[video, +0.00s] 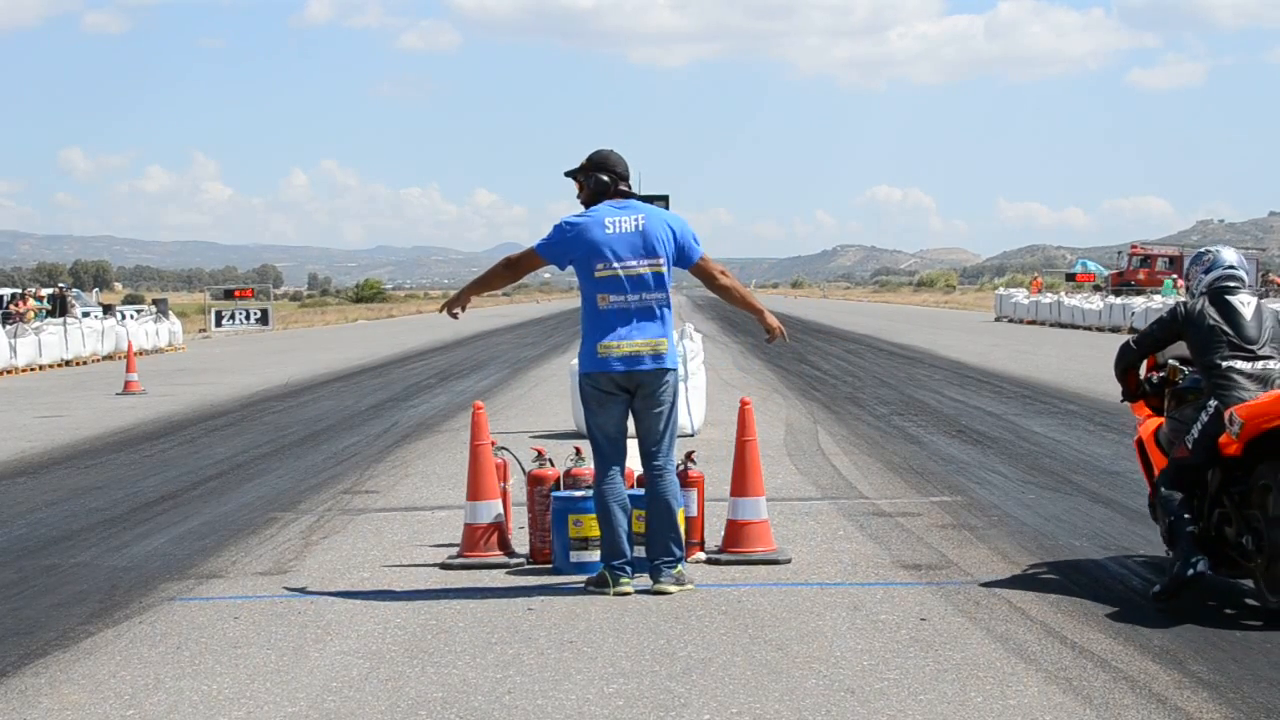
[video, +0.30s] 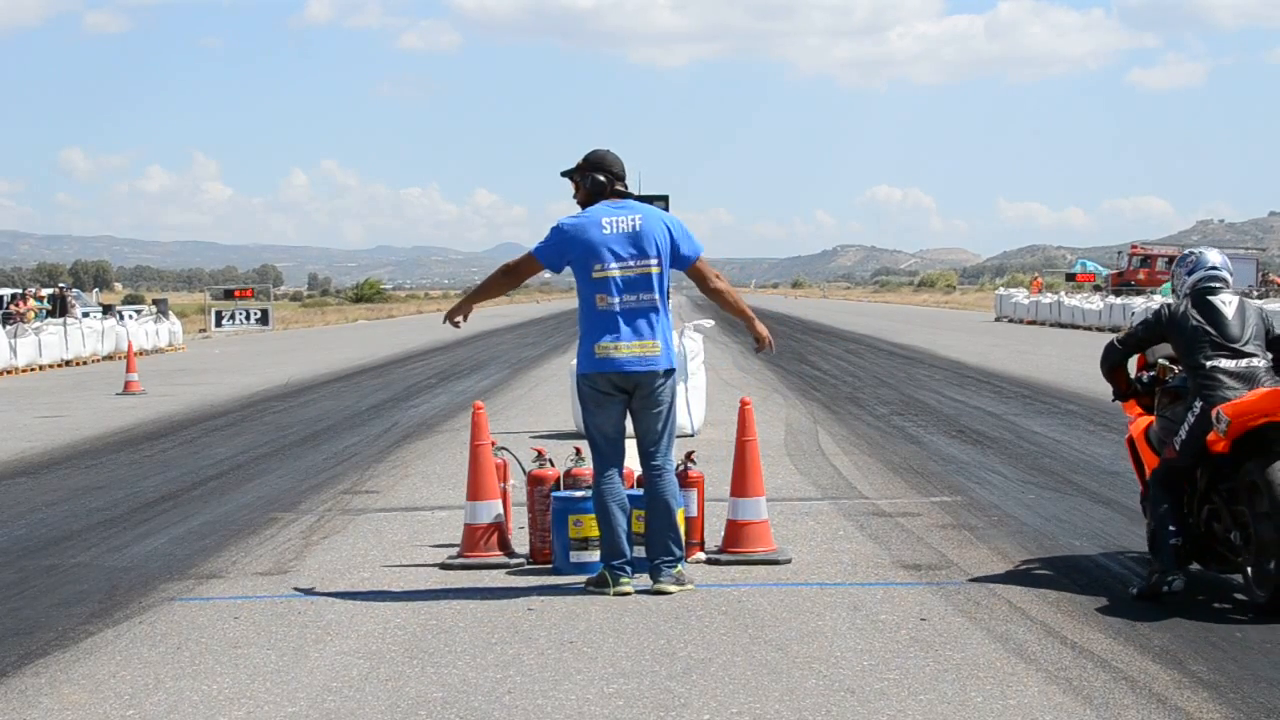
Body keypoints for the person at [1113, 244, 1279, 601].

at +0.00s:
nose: (1188, 283)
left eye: (1191, 276)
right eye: (1189, 277)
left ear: (1201, 274)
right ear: (1241, 273)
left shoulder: (1192, 309)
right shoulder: (1268, 308)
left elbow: (1131, 350)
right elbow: (1259, 353)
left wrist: (1132, 386)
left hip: (1230, 402)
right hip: (1273, 397)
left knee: (1170, 484)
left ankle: (1187, 556)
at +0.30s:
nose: (1174, 286)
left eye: (1175, 280)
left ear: (1183, 278)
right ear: (1228, 276)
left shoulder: (1173, 312)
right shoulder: (1258, 309)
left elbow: (1113, 353)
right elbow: (1276, 346)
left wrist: (1125, 390)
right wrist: (1261, 364)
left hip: (1215, 403)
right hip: (1266, 393)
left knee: (1163, 481)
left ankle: (1165, 570)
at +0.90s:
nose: (1163, 283)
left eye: (1164, 277)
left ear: (1169, 278)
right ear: (1213, 276)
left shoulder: (1158, 312)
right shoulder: (1238, 310)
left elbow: (1101, 354)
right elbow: (1271, 344)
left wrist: (1109, 380)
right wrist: (1253, 370)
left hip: (1199, 399)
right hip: (1251, 391)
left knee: (1158, 477)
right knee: (1267, 464)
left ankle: (1164, 559)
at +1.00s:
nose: (1162, 286)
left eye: (1164, 280)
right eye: (1163, 280)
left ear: (1172, 279)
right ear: (1212, 276)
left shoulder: (1162, 311)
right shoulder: (1241, 311)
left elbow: (1107, 351)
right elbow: (1250, 350)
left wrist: (1111, 380)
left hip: (1199, 402)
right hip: (1244, 400)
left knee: (1149, 478)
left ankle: (1165, 546)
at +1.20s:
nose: (1160, 289)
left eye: (1160, 282)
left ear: (1166, 282)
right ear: (1198, 280)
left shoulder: (1157, 314)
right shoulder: (1222, 312)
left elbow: (1104, 353)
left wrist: (1116, 386)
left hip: (1169, 425)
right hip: (1223, 419)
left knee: (1144, 482)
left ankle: (1155, 559)